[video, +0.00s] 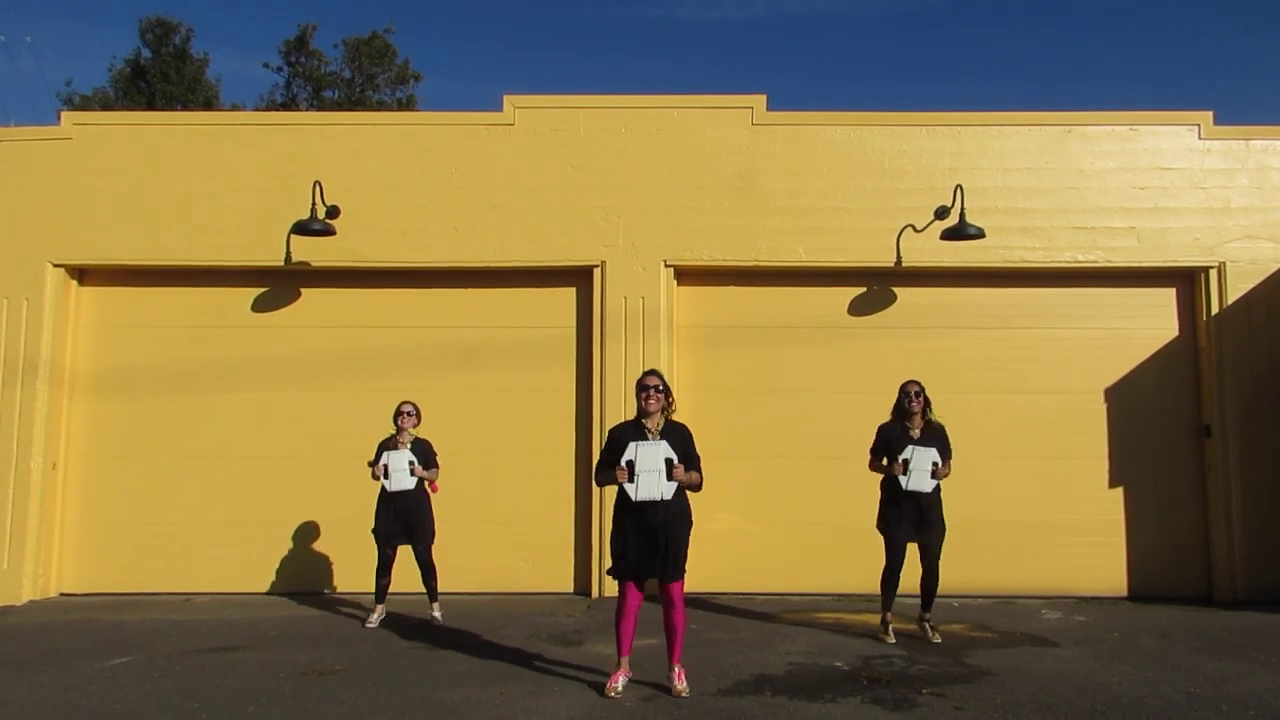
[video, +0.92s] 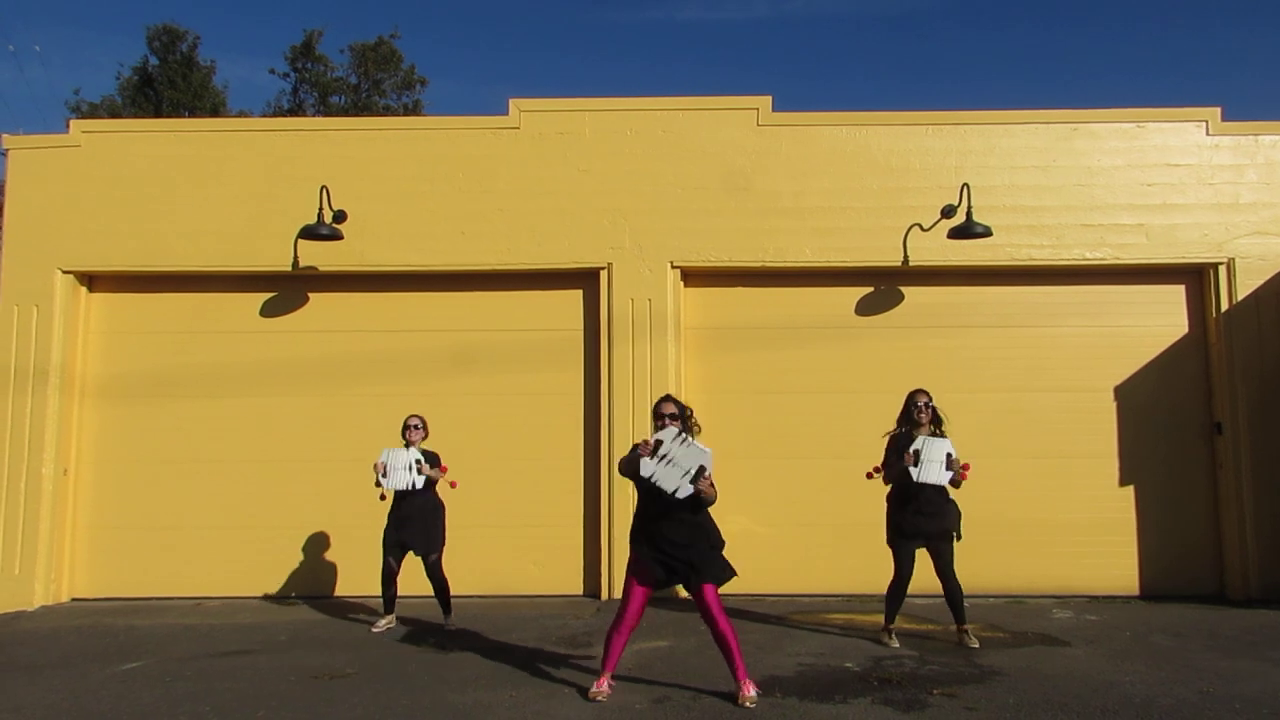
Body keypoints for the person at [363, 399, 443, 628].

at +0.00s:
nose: (404, 418)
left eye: (410, 414)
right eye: (401, 414)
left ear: (417, 419)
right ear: (395, 418)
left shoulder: (423, 445)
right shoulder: (385, 445)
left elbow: (434, 474)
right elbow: (376, 475)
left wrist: (422, 473)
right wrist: (377, 471)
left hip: (417, 509)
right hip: (389, 508)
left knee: (424, 557)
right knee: (385, 558)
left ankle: (434, 605)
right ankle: (379, 607)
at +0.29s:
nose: (406, 430)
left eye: (411, 426)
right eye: (402, 428)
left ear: (420, 430)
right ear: (399, 433)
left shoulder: (426, 455)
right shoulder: (391, 458)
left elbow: (433, 471)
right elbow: (380, 476)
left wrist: (421, 466)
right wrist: (379, 477)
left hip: (422, 518)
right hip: (393, 518)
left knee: (426, 567)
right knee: (383, 566)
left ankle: (435, 617)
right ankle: (376, 615)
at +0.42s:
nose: (413, 417)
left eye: (418, 413)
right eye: (408, 414)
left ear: (426, 418)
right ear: (402, 419)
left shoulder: (432, 441)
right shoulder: (396, 446)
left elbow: (439, 449)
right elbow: (385, 473)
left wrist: (430, 435)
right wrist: (372, 485)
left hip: (428, 505)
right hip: (399, 505)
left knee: (431, 557)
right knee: (386, 554)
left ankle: (439, 610)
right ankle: (376, 600)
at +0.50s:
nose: (416, 417)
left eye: (420, 413)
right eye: (411, 414)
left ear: (428, 416)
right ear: (407, 419)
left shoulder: (437, 437)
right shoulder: (401, 446)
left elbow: (447, 429)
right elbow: (389, 480)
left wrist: (451, 411)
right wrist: (370, 499)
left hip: (431, 503)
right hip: (402, 503)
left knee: (433, 558)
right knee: (384, 554)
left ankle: (439, 612)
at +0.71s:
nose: (418, 418)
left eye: (422, 414)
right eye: (414, 415)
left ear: (429, 418)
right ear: (407, 420)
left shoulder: (436, 440)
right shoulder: (402, 448)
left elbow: (450, 432)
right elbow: (391, 477)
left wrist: (449, 414)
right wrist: (373, 494)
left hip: (434, 505)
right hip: (406, 505)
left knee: (437, 558)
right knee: (381, 550)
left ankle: (445, 612)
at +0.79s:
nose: (413, 418)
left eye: (418, 415)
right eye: (409, 415)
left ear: (427, 418)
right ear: (404, 420)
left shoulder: (435, 439)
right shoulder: (400, 447)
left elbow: (443, 445)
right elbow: (389, 469)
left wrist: (429, 439)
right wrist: (378, 480)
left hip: (432, 504)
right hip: (404, 504)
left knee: (436, 556)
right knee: (385, 552)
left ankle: (447, 609)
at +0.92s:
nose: (412, 431)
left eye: (417, 427)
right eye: (408, 428)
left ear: (424, 432)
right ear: (403, 432)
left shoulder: (430, 457)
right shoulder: (396, 457)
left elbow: (439, 476)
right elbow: (385, 484)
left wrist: (427, 472)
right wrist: (380, 474)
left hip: (428, 516)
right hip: (400, 515)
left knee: (433, 569)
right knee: (389, 567)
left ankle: (448, 616)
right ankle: (389, 615)